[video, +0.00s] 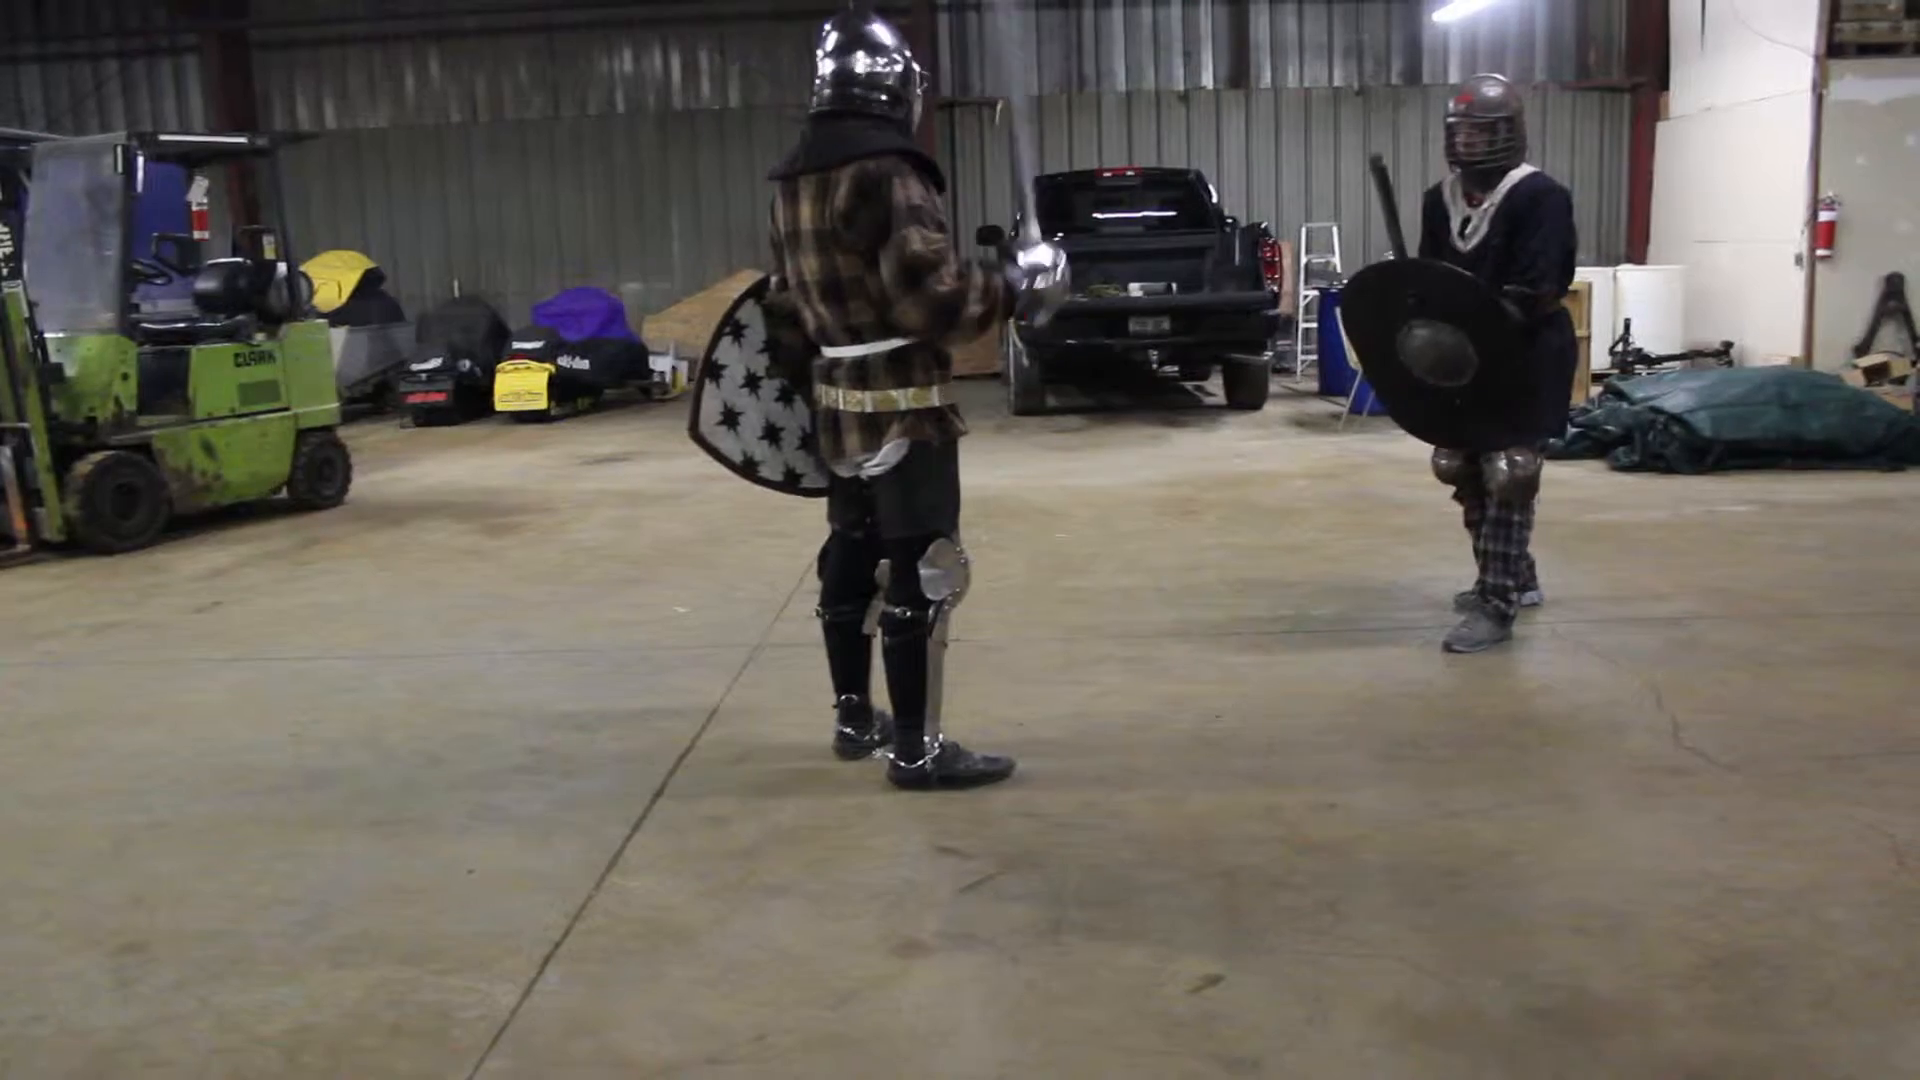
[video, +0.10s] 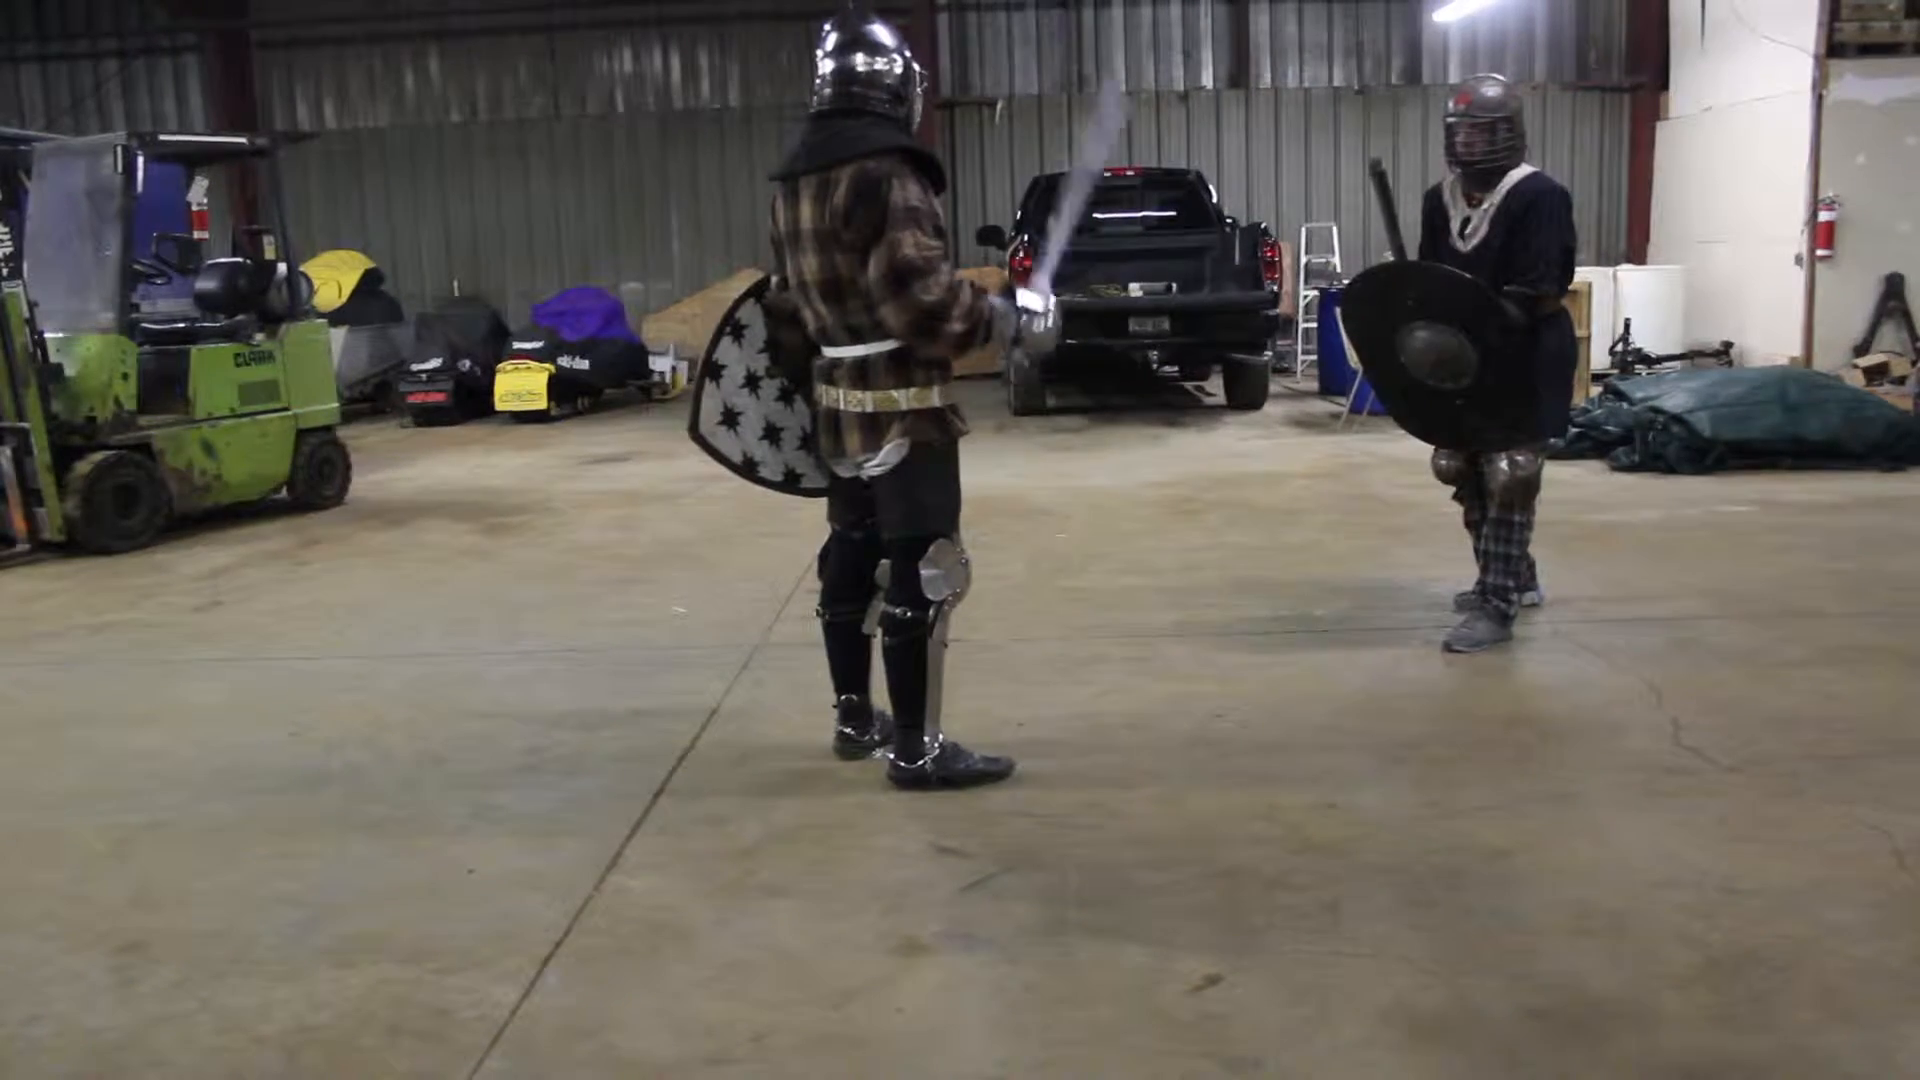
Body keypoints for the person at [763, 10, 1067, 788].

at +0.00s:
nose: (919, 106)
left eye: (916, 91)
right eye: (914, 92)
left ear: (828, 87)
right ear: (894, 91)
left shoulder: (795, 179)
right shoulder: (889, 176)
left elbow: (788, 302)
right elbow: (934, 300)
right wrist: (1014, 283)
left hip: (837, 406)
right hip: (906, 407)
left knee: (851, 549)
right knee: (922, 566)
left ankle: (854, 716)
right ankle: (919, 744)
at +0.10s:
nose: (919, 105)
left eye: (916, 91)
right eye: (914, 91)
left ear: (832, 86)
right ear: (894, 90)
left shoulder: (795, 178)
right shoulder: (886, 174)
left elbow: (789, 305)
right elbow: (919, 298)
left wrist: (830, 362)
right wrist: (1003, 313)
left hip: (837, 407)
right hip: (903, 407)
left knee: (853, 550)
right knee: (921, 565)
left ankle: (855, 716)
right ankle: (918, 744)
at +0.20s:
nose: (921, 105)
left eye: (918, 90)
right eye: (916, 90)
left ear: (831, 85)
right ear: (896, 89)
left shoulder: (796, 178)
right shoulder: (887, 173)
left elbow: (788, 309)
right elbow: (920, 307)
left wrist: (828, 373)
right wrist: (999, 346)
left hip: (837, 407)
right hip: (903, 408)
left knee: (853, 549)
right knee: (921, 565)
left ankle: (855, 715)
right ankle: (918, 743)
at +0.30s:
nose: (921, 105)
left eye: (918, 92)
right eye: (916, 92)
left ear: (833, 84)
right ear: (896, 89)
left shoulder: (795, 176)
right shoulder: (887, 172)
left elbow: (787, 308)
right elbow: (919, 308)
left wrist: (821, 381)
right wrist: (987, 376)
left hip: (837, 409)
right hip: (902, 410)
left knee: (852, 550)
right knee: (920, 567)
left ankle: (855, 714)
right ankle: (918, 743)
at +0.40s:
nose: (923, 102)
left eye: (918, 88)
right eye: (917, 88)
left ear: (833, 85)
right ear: (900, 88)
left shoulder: (796, 174)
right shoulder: (892, 170)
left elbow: (785, 304)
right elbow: (915, 303)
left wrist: (820, 381)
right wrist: (970, 396)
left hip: (837, 409)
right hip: (901, 411)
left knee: (852, 551)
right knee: (920, 568)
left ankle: (855, 716)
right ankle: (917, 743)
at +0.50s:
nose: (924, 107)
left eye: (920, 92)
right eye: (919, 93)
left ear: (833, 86)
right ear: (901, 90)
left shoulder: (795, 175)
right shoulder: (896, 170)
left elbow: (784, 303)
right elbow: (918, 301)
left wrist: (819, 381)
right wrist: (945, 402)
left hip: (837, 410)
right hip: (898, 413)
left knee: (851, 550)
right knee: (920, 566)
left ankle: (854, 717)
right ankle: (918, 743)